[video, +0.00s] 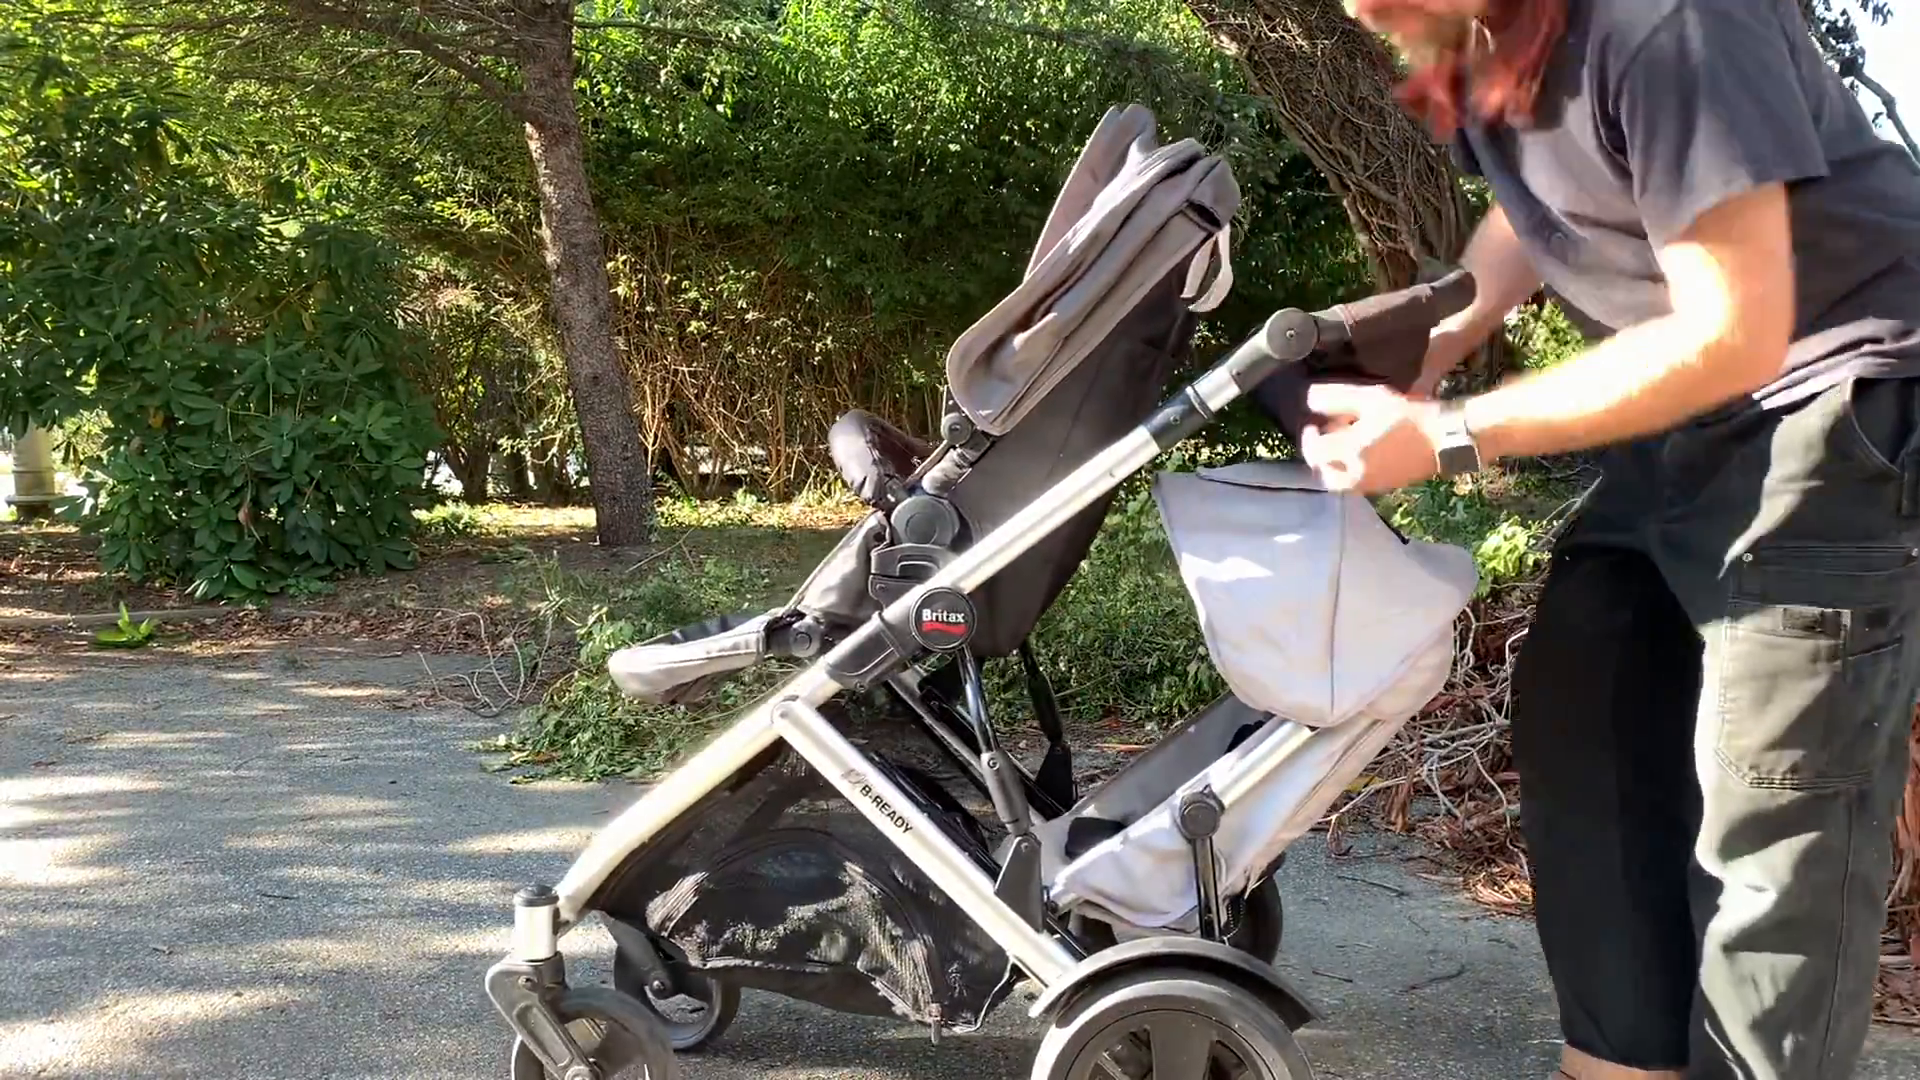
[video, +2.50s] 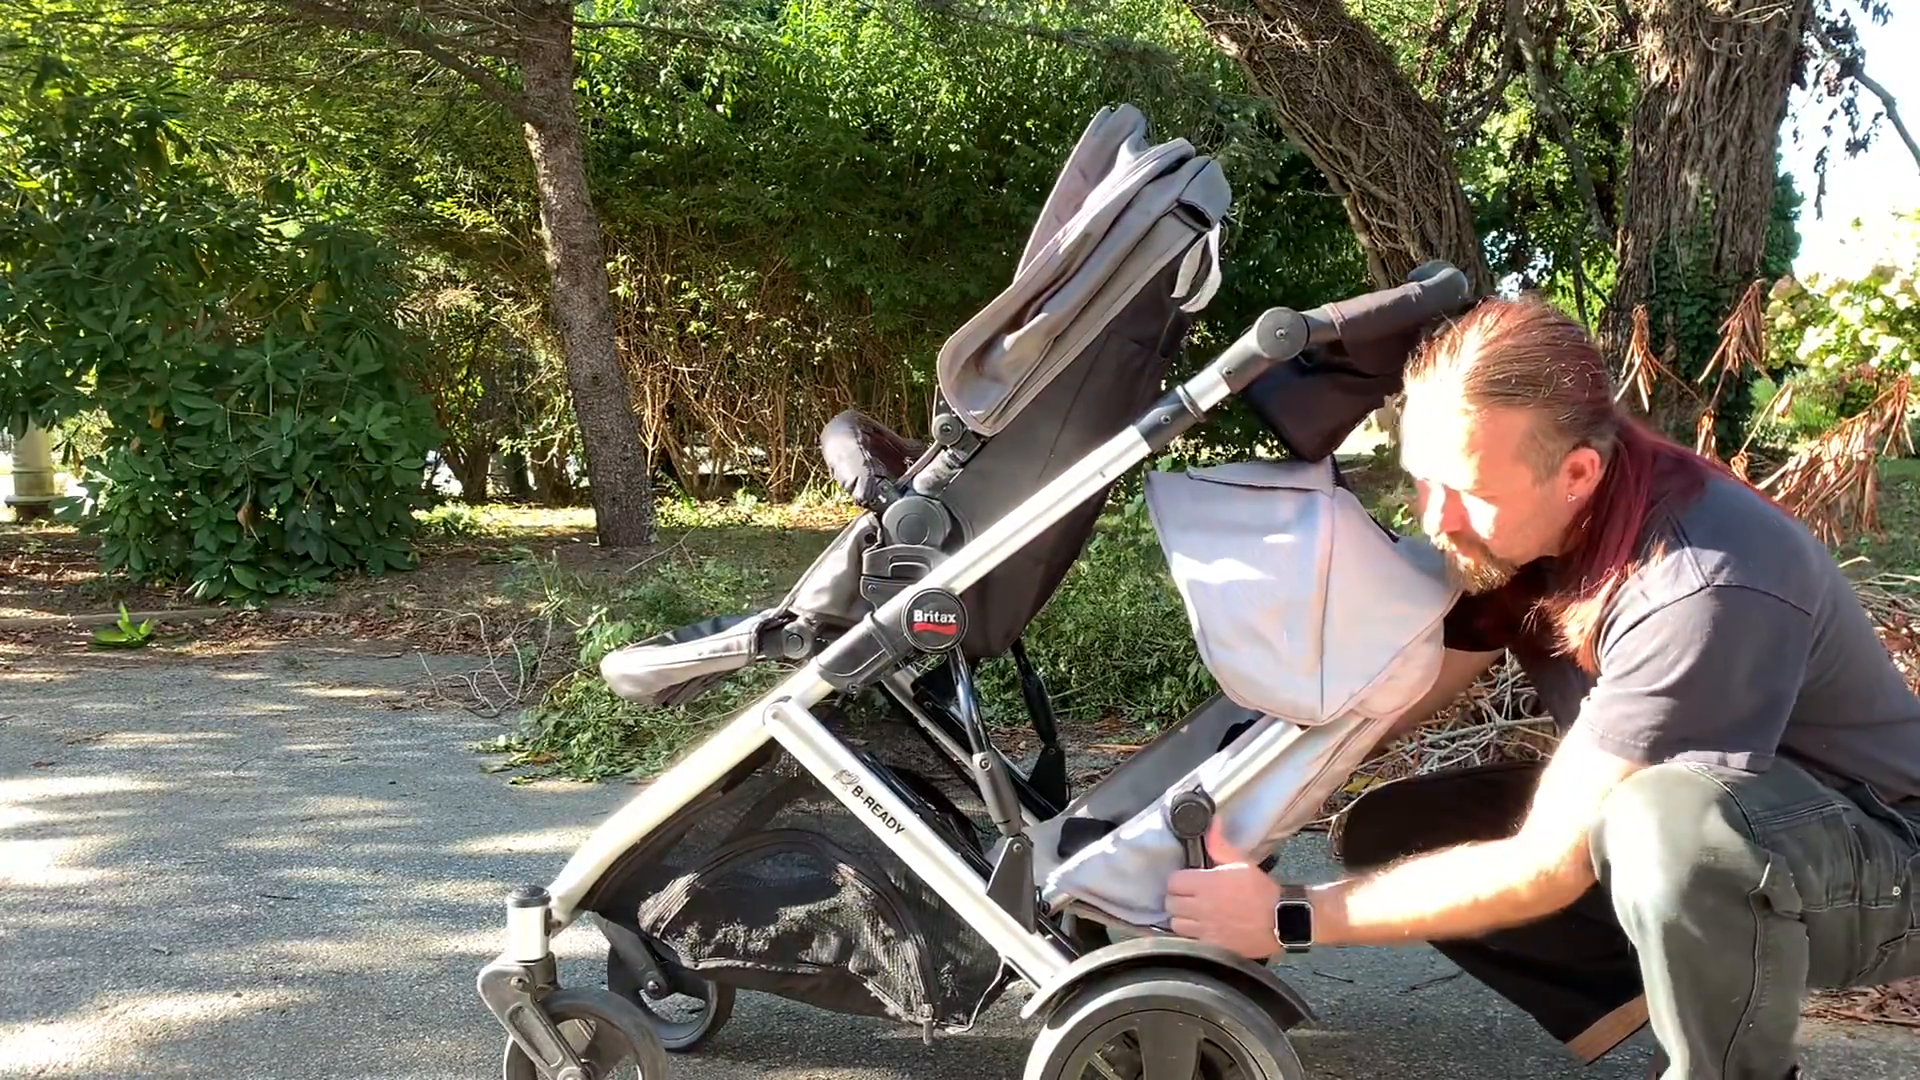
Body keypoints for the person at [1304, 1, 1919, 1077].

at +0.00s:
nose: (1430, 90)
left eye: (1446, 47)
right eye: (1401, 59)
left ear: (1517, 0)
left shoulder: (1678, 30)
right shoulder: (1495, 64)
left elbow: (1739, 336)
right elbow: (1542, 202)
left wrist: (1451, 434)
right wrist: (1447, 325)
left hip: (1853, 371)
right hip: (1679, 392)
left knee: (1778, 786)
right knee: (1582, 705)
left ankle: (1762, 1059)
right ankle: (1620, 1048)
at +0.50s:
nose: (1462, 329)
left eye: (1488, 303)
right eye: (1451, 297)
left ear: (1609, 264)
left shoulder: (1727, 420)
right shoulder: (1577, 311)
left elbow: (1506, 729)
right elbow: (1509, 460)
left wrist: (1262, 846)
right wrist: (1372, 657)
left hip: (1861, 646)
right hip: (1698, 621)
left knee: (1663, 821)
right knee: (1461, 792)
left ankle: (1737, 1053)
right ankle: (1680, 1031)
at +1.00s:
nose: (1445, 554)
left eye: (1480, 531)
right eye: (1434, 520)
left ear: (1589, 511)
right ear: (1422, 470)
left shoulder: (1704, 613)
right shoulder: (1544, 527)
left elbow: (1463, 863)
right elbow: (1388, 721)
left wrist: (1202, 927)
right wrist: (1195, 837)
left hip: (1878, 844)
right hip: (1714, 789)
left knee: (1636, 841)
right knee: (1402, 815)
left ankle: (1731, 1062)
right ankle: (1630, 1008)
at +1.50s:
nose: (1422, 564)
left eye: (1453, 537)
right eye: (1409, 532)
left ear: (1563, 518)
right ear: (1397, 492)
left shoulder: (1687, 608)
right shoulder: (1533, 539)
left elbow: (1462, 852)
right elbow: (1373, 722)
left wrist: (1200, 924)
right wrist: (1181, 842)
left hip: (1881, 843)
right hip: (1718, 781)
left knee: (1631, 833)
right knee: (1413, 798)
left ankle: (1728, 1062)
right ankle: (1646, 1021)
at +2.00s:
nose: (1427, 556)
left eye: (1457, 531)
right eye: (1413, 525)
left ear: (1565, 511)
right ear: (1401, 482)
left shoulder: (1694, 599)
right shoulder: (1536, 542)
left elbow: (1475, 855)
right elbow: (1368, 703)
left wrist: (1216, 923)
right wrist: (1185, 829)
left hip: (1880, 846)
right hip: (1710, 797)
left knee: (1648, 825)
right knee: (1405, 820)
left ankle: (1727, 1060)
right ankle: (1646, 1017)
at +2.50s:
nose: (1435, 519)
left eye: (1465, 493)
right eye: (1425, 484)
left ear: (1576, 478)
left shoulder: (1704, 584)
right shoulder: (1547, 526)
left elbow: (1546, 867)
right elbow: (1417, 680)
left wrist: (1289, 919)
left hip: (1881, 845)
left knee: (1666, 827)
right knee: (1392, 833)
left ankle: (1722, 1060)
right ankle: (1649, 1038)